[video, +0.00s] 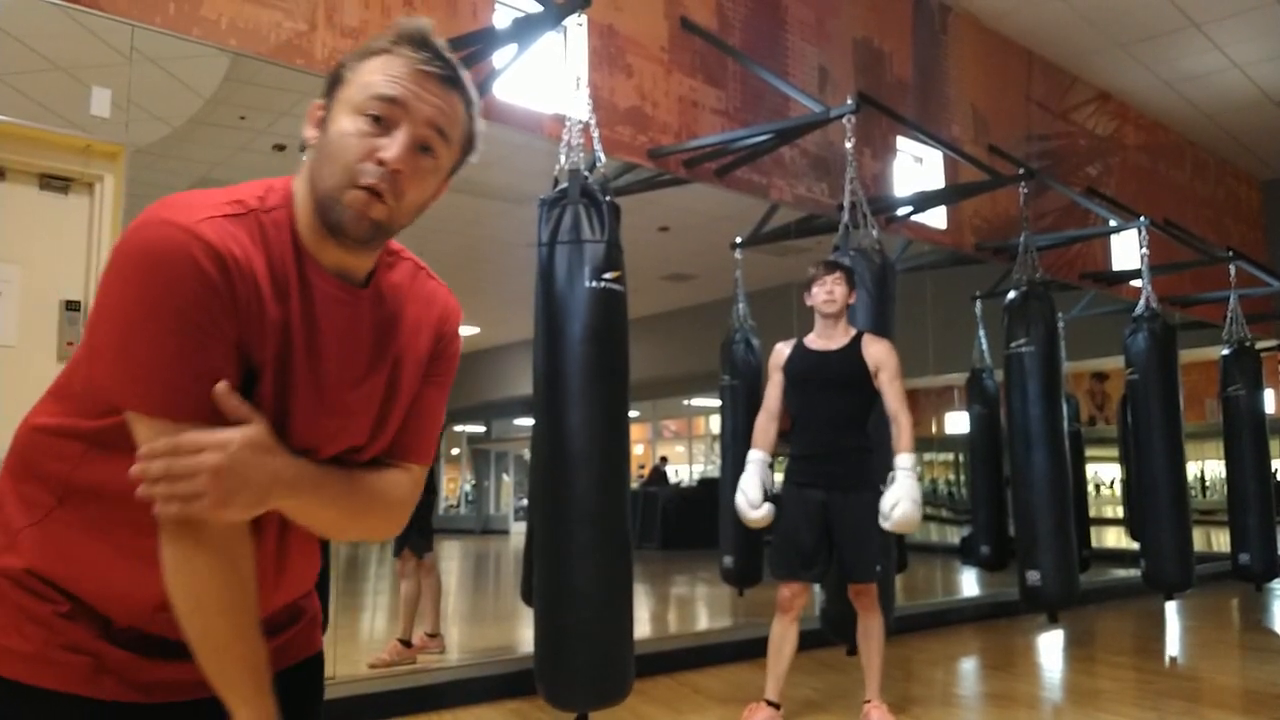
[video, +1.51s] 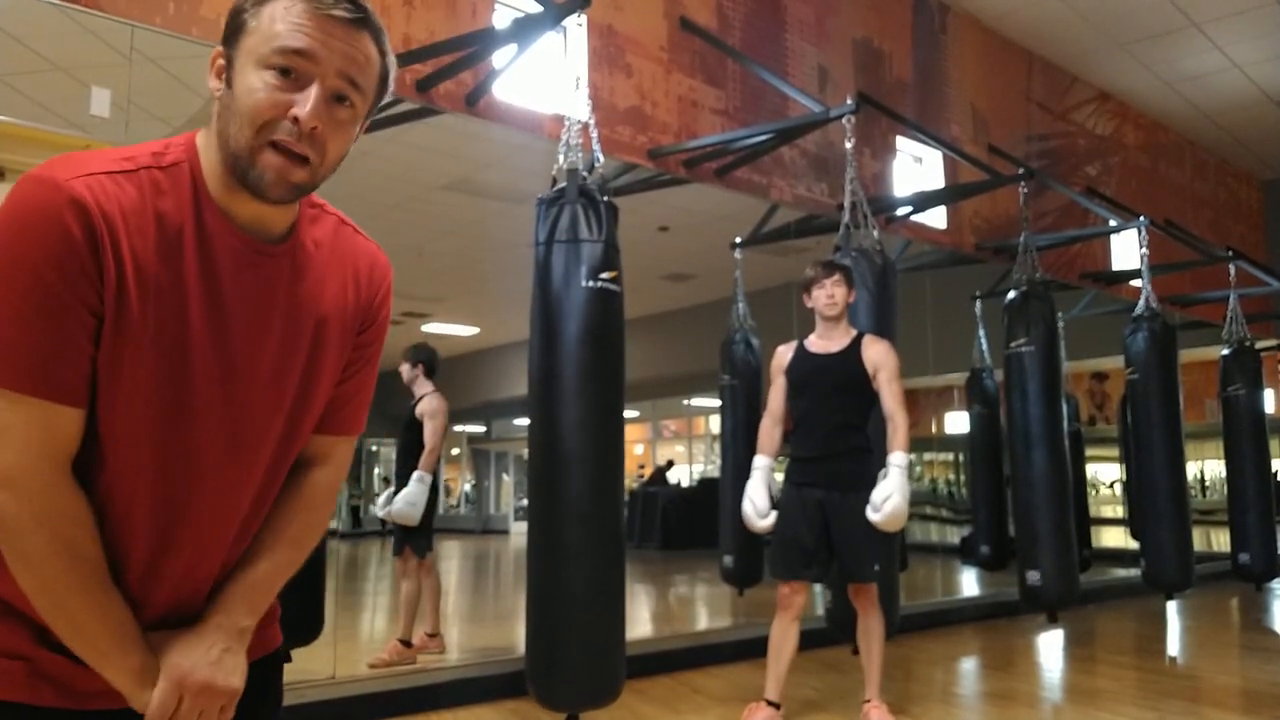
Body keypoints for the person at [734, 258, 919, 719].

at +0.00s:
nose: (827, 289)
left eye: (835, 283)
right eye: (819, 284)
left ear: (851, 296)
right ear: (809, 297)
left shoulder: (876, 350)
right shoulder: (785, 353)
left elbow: (899, 417)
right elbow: (768, 417)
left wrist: (905, 475)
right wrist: (755, 470)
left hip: (859, 491)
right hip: (801, 490)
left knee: (865, 596)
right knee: (788, 598)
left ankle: (873, 701)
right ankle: (770, 702)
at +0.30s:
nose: (829, 293)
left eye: (837, 287)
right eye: (821, 287)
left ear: (850, 297)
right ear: (809, 298)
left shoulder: (875, 351)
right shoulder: (785, 354)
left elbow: (897, 416)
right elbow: (770, 417)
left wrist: (900, 460)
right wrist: (761, 469)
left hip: (860, 491)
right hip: (801, 490)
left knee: (865, 595)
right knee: (783, 596)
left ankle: (873, 701)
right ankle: (770, 703)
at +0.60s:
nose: (830, 294)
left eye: (837, 287)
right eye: (822, 288)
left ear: (849, 295)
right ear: (807, 298)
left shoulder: (874, 351)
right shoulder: (785, 355)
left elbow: (896, 417)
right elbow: (769, 417)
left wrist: (899, 471)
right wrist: (756, 471)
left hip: (857, 491)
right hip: (799, 491)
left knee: (864, 596)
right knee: (785, 597)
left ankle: (872, 701)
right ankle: (770, 703)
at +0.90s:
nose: (830, 293)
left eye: (837, 287)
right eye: (822, 288)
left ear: (850, 296)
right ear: (809, 298)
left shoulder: (875, 351)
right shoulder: (786, 355)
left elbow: (896, 418)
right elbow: (772, 421)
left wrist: (902, 477)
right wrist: (759, 479)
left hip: (857, 492)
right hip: (800, 492)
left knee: (864, 596)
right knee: (788, 597)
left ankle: (873, 701)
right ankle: (770, 703)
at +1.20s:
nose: (830, 292)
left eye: (838, 286)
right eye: (822, 287)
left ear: (851, 296)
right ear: (808, 298)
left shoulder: (875, 351)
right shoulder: (787, 355)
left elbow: (896, 418)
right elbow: (772, 420)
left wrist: (898, 473)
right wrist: (759, 476)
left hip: (858, 492)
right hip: (801, 492)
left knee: (865, 596)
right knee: (788, 598)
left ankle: (872, 701)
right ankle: (770, 703)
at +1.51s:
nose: (830, 293)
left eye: (837, 286)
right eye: (822, 287)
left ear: (851, 295)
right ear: (808, 298)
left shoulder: (875, 350)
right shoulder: (787, 355)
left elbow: (896, 417)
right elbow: (773, 420)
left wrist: (897, 471)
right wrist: (760, 475)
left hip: (859, 491)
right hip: (801, 491)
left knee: (865, 596)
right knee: (788, 597)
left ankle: (872, 700)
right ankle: (770, 702)